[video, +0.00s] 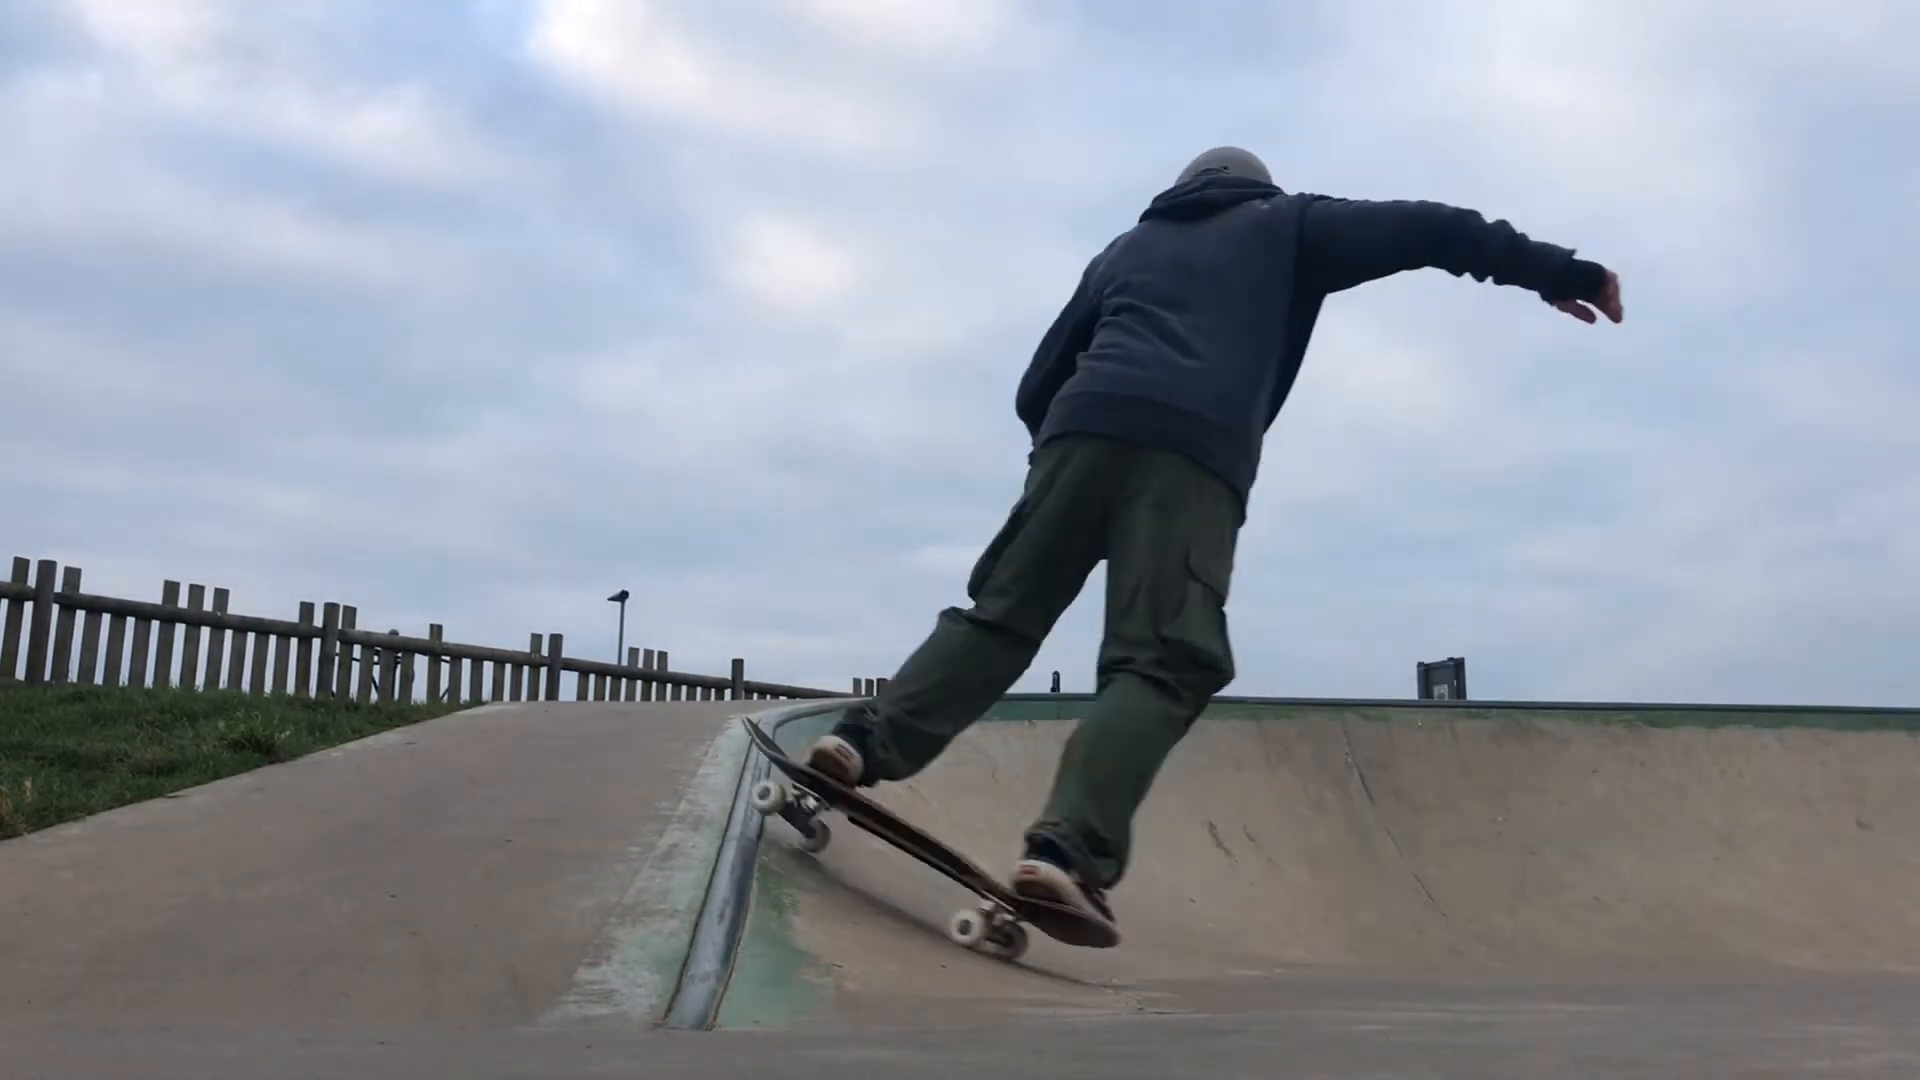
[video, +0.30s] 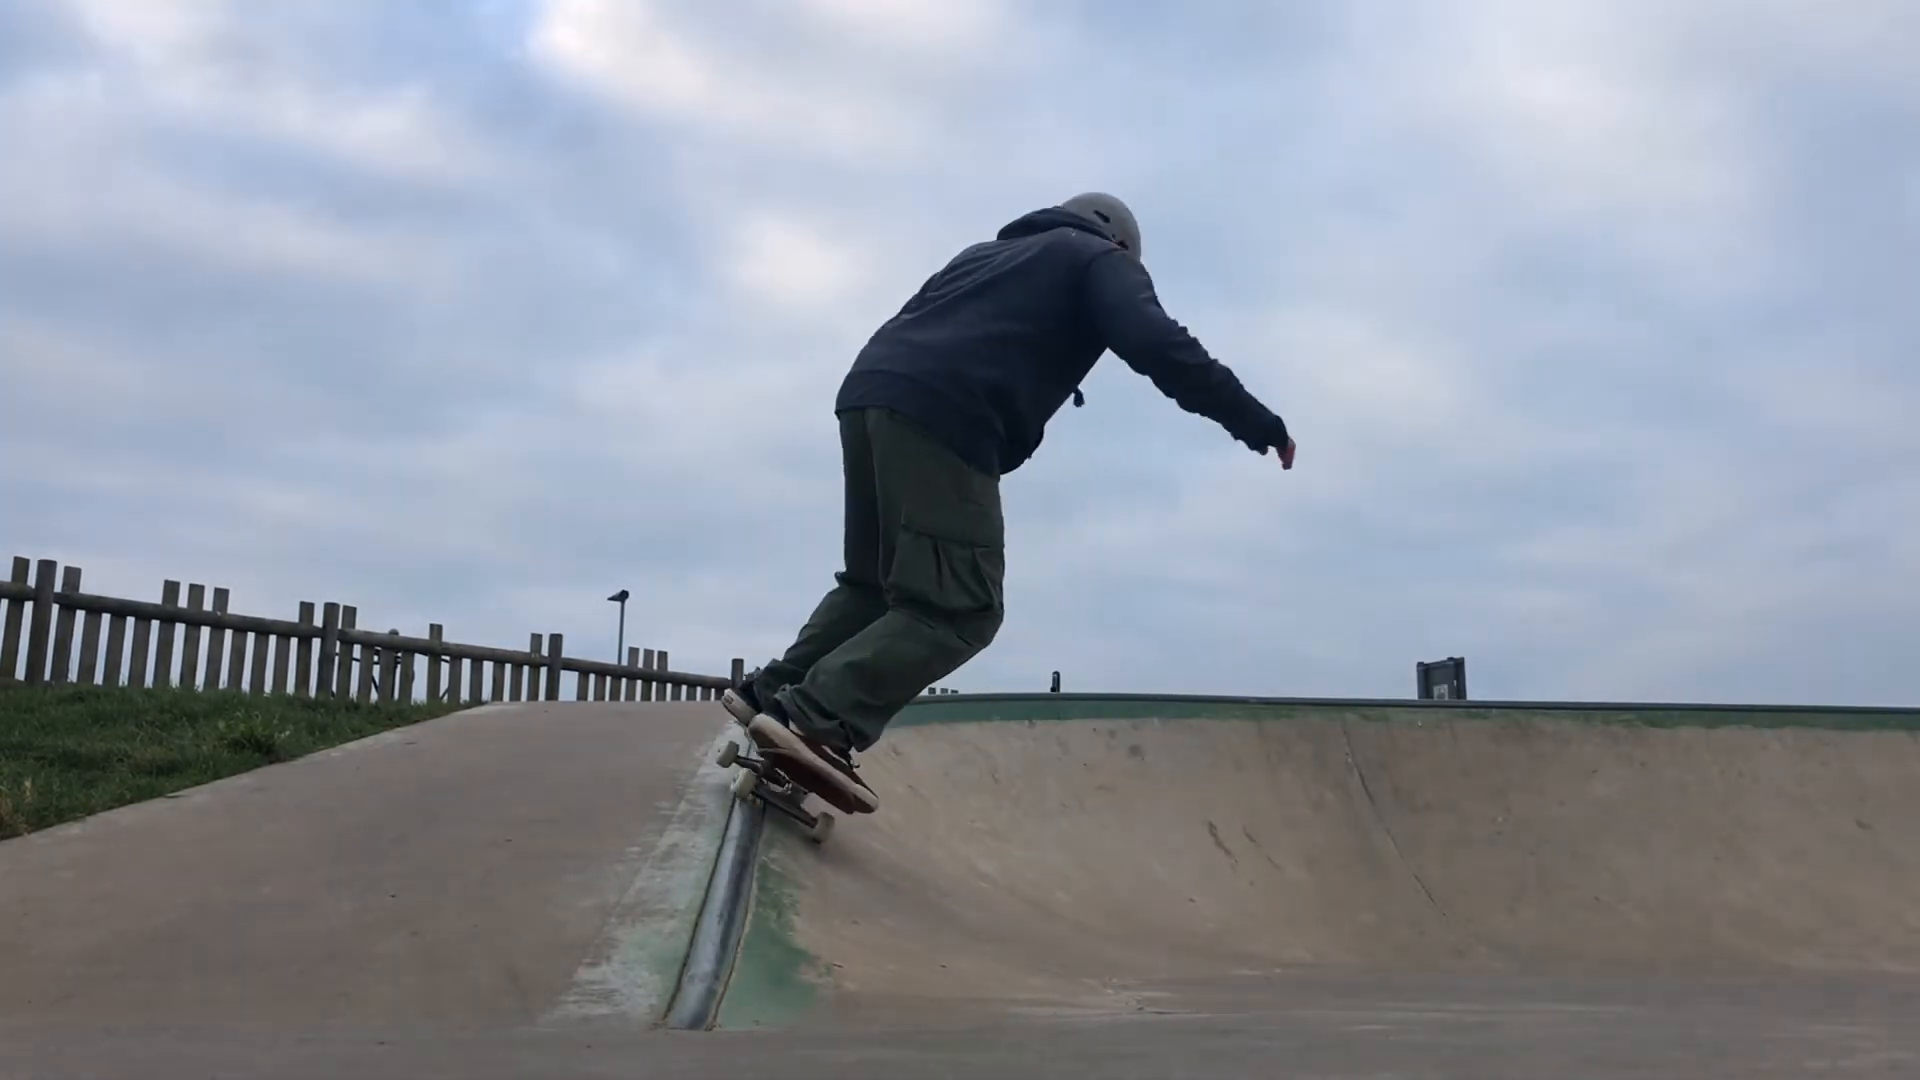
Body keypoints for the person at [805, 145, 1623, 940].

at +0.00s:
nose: (1271, 205)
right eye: (1273, 195)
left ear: (1184, 187)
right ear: (1265, 189)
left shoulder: (1130, 248)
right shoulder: (1289, 222)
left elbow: (1041, 379)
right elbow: (1429, 226)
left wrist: (1078, 437)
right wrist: (1555, 271)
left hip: (1084, 425)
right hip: (1198, 440)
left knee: (1001, 613)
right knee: (1160, 660)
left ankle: (863, 746)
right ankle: (1065, 858)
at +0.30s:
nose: (1133, 267)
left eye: (1134, 258)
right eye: (1131, 257)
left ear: (1070, 220)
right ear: (1115, 238)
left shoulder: (993, 250)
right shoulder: (1100, 256)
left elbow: (929, 320)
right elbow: (1156, 343)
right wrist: (1255, 420)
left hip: (870, 393)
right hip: (941, 409)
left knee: (873, 583)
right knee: (959, 609)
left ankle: (776, 693)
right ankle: (818, 718)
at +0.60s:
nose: (1180, 261)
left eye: (1185, 253)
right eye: (1182, 248)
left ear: (1129, 207)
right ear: (1156, 222)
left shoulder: (1028, 247)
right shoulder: (1117, 241)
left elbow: (936, 313)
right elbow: (1199, 278)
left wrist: (952, 388)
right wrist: (1289, 275)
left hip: (931, 411)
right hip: (977, 423)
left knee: (948, 595)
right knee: (984, 599)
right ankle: (824, 672)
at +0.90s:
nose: (1260, 373)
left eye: (1266, 363)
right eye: (1261, 357)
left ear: (1205, 330)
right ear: (1233, 334)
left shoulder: (1115, 397)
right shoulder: (1198, 368)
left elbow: (1048, 513)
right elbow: (1239, 406)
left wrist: (1055, 604)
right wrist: (1334, 391)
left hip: (1090, 583)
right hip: (1133, 589)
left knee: (1219, 701)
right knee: (1146, 756)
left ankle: (1096, 802)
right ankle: (1043, 894)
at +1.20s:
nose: (1399, 420)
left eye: (1403, 408)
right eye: (1399, 405)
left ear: (1335, 391)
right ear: (1371, 390)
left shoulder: (1285, 463)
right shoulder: (1363, 443)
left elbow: (1270, 573)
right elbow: (1365, 560)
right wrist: (1396, 659)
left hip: (1280, 658)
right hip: (1337, 651)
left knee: (1405, 792)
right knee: (1430, 775)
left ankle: (1392, 941)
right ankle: (1305, 825)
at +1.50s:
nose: (1501, 426)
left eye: (1503, 415)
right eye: (1500, 413)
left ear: (1443, 398)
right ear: (1478, 399)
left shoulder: (1401, 466)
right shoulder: (1466, 443)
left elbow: (1465, 569)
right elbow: (1456, 529)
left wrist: (1541, 557)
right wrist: (1487, 617)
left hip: (1406, 652)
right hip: (1481, 647)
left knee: (1451, 783)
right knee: (1529, 783)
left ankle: (1417, 874)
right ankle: (1545, 941)